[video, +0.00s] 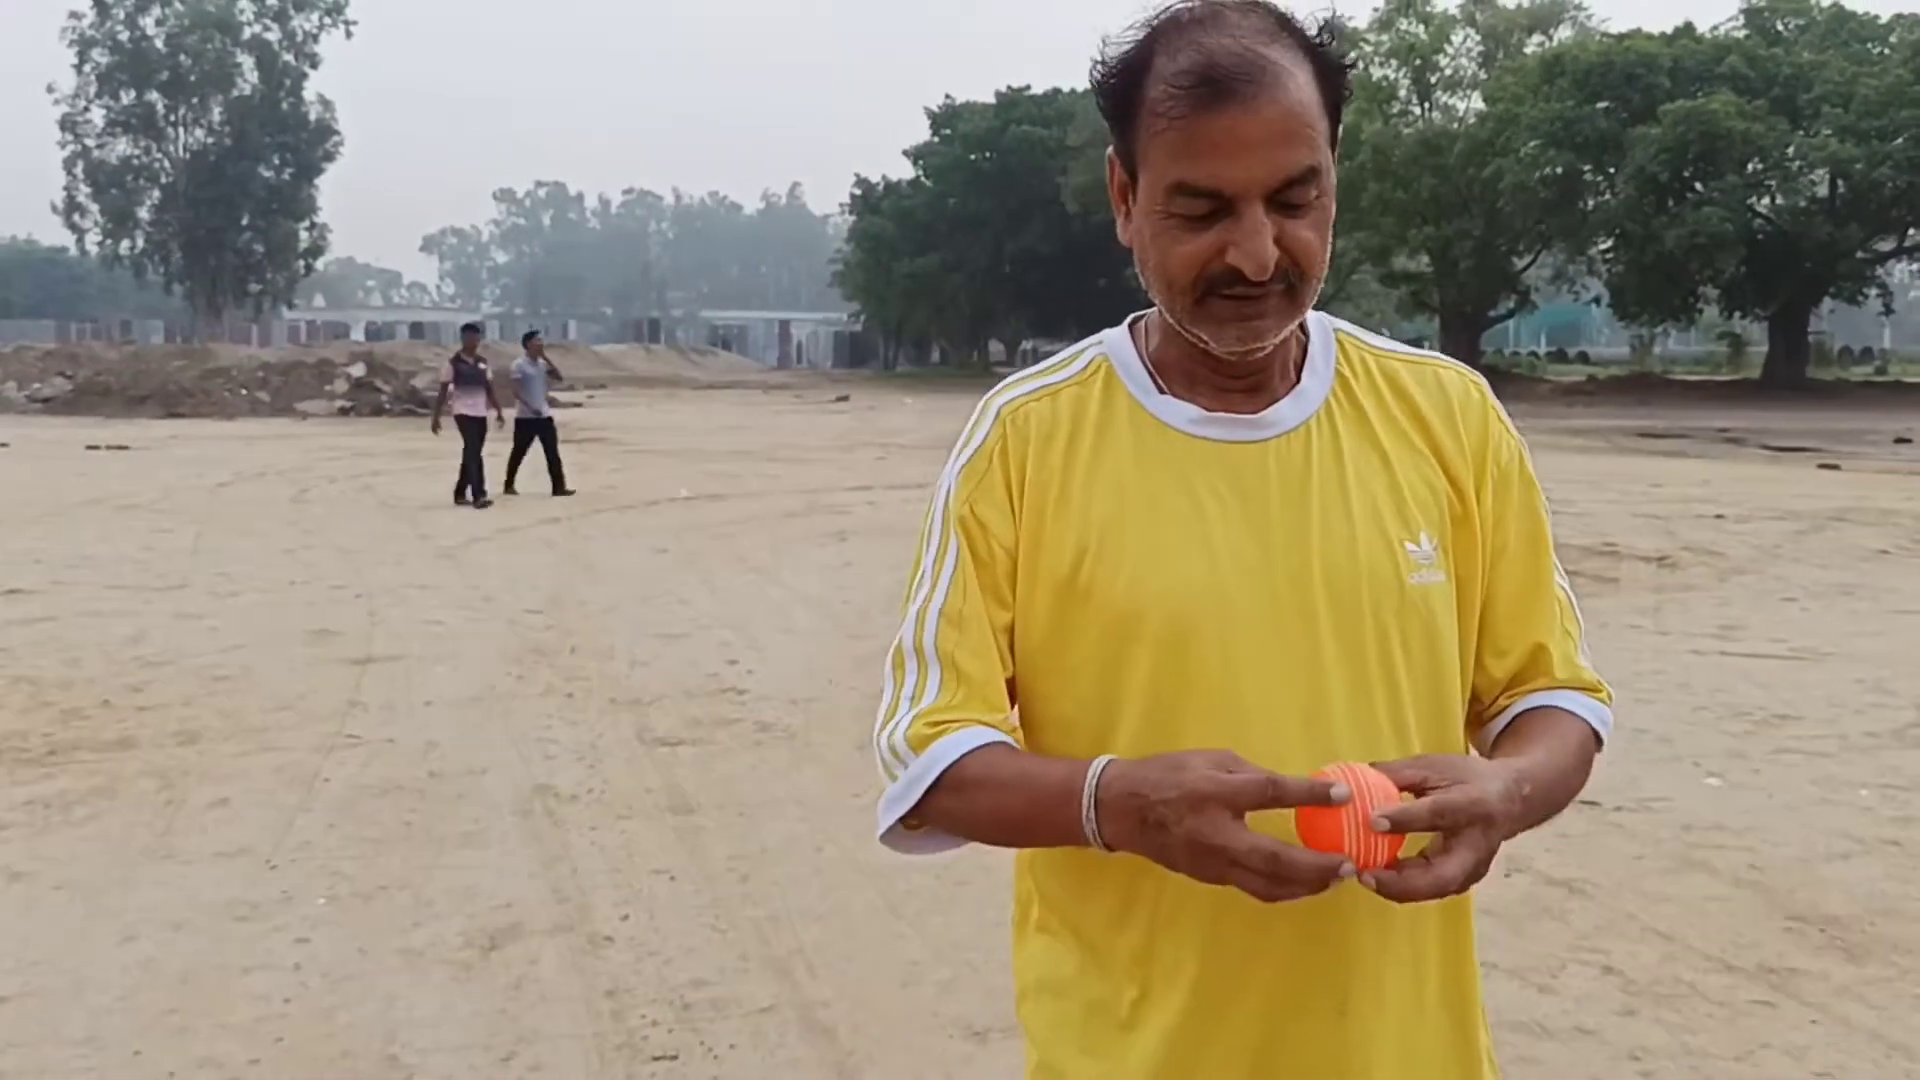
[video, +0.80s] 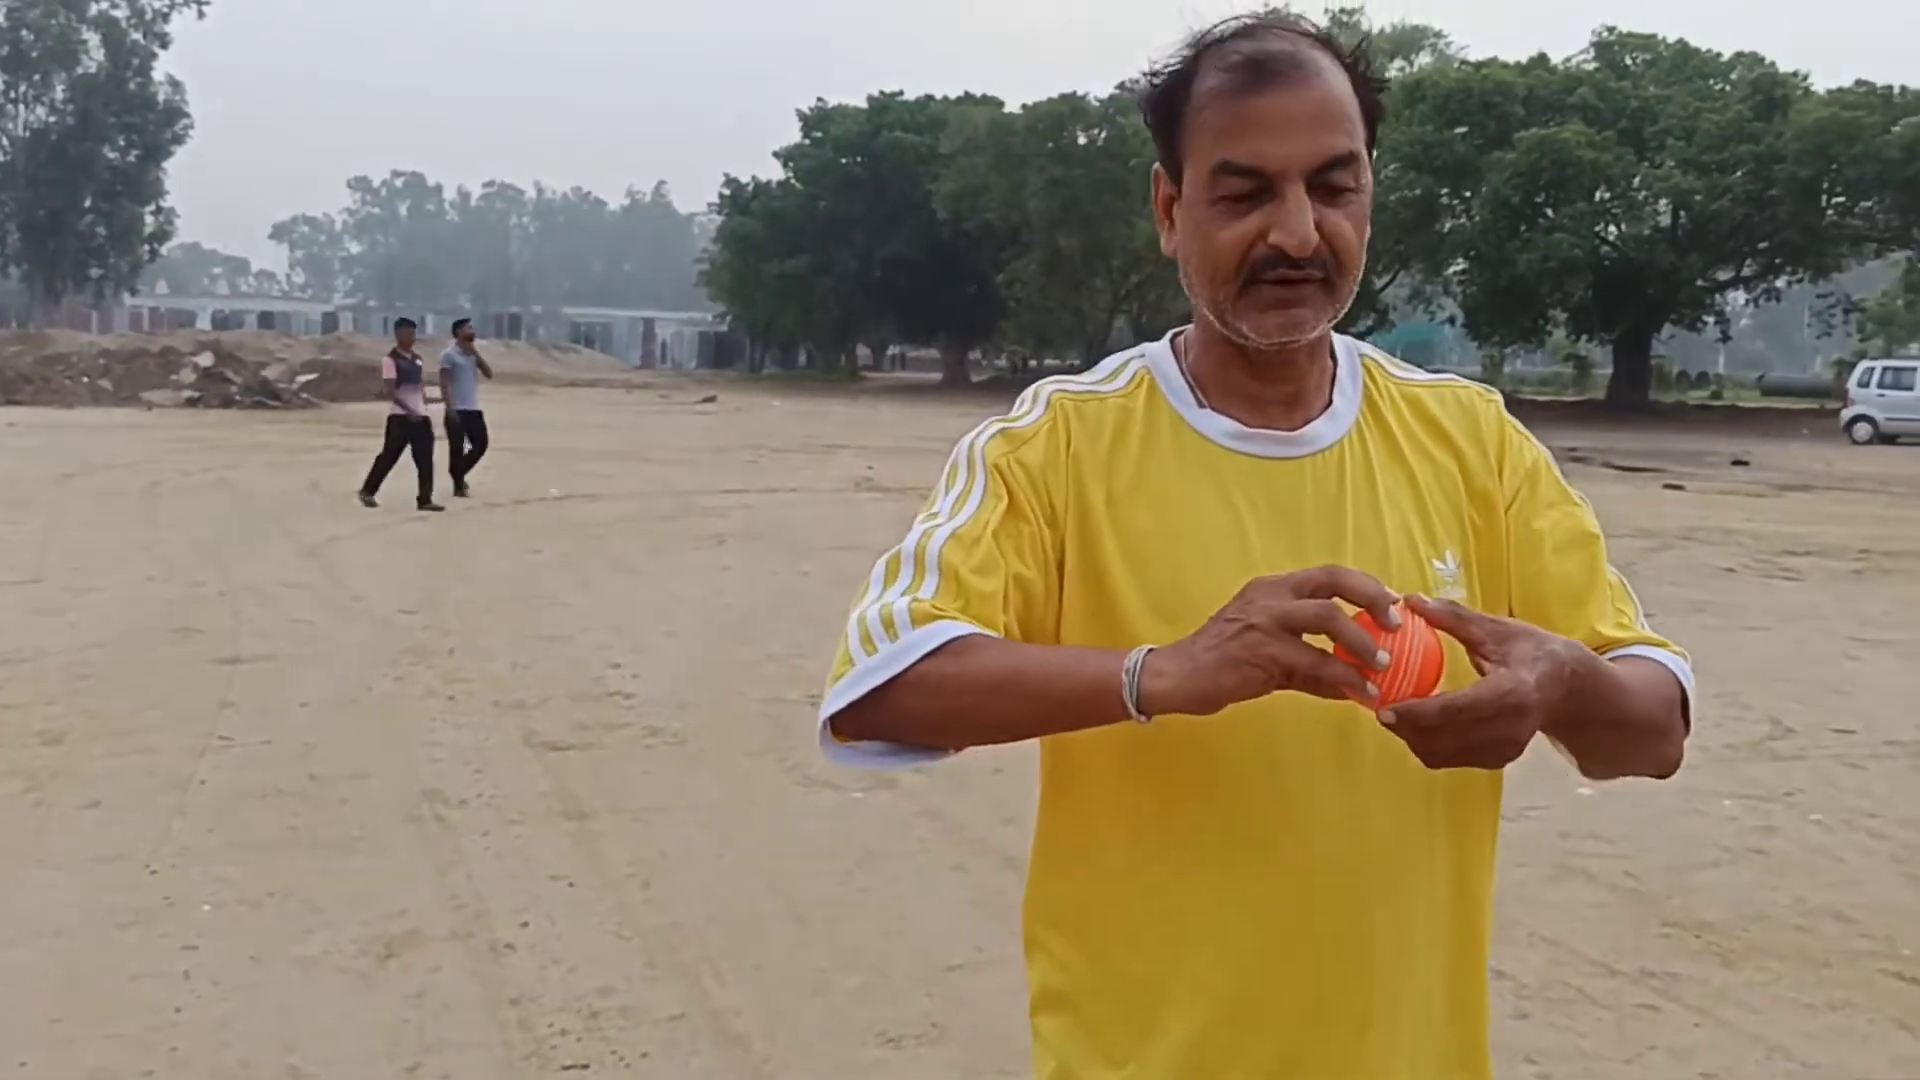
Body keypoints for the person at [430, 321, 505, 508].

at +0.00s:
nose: (474, 343)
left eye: (477, 339)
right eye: (471, 339)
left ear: (480, 340)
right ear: (463, 340)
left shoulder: (483, 363)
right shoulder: (452, 363)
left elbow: (489, 388)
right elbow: (443, 390)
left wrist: (498, 410)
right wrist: (436, 416)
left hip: (481, 412)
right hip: (463, 411)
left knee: (472, 452)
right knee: (473, 452)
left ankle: (460, 490)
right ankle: (478, 494)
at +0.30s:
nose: (465, 343)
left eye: (468, 339)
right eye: (461, 339)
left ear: (471, 341)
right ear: (454, 341)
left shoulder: (476, 363)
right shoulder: (447, 365)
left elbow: (484, 389)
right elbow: (443, 393)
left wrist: (491, 413)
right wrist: (441, 421)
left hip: (477, 413)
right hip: (458, 413)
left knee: (478, 451)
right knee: (467, 455)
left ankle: (450, 479)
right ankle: (470, 496)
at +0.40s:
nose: (451, 340)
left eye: (452, 337)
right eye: (447, 337)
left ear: (454, 338)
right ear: (438, 338)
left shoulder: (459, 361)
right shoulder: (430, 364)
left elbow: (466, 388)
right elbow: (430, 393)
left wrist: (473, 411)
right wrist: (435, 417)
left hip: (461, 414)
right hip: (443, 415)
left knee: (468, 453)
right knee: (443, 458)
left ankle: (443, 480)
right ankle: (445, 498)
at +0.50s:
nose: (440, 341)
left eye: (442, 336)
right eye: (436, 337)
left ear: (444, 338)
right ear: (427, 338)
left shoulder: (448, 361)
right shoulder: (420, 363)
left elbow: (454, 389)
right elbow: (422, 394)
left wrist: (462, 412)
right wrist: (437, 414)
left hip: (450, 416)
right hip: (430, 416)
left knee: (460, 453)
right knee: (428, 460)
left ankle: (447, 493)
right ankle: (428, 499)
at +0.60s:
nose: (425, 342)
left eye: (427, 337)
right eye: (421, 338)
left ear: (430, 339)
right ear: (412, 339)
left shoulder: (433, 362)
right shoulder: (405, 363)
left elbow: (439, 391)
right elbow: (408, 392)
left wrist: (444, 413)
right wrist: (431, 410)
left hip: (434, 418)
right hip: (413, 418)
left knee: (443, 463)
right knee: (408, 462)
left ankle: (449, 500)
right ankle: (404, 500)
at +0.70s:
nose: (422, 341)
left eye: (423, 337)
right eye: (418, 337)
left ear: (425, 338)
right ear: (408, 337)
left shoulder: (428, 361)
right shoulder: (401, 362)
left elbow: (430, 388)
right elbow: (403, 391)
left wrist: (437, 404)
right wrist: (427, 408)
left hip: (428, 418)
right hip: (408, 418)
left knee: (436, 462)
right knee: (399, 460)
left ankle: (445, 499)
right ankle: (388, 497)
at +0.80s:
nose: (411, 338)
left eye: (413, 334)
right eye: (407, 334)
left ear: (415, 335)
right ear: (398, 335)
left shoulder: (417, 359)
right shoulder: (390, 360)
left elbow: (418, 389)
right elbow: (389, 391)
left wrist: (427, 401)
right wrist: (411, 411)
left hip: (419, 417)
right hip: (399, 417)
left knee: (425, 461)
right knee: (389, 457)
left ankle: (425, 498)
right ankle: (367, 491)